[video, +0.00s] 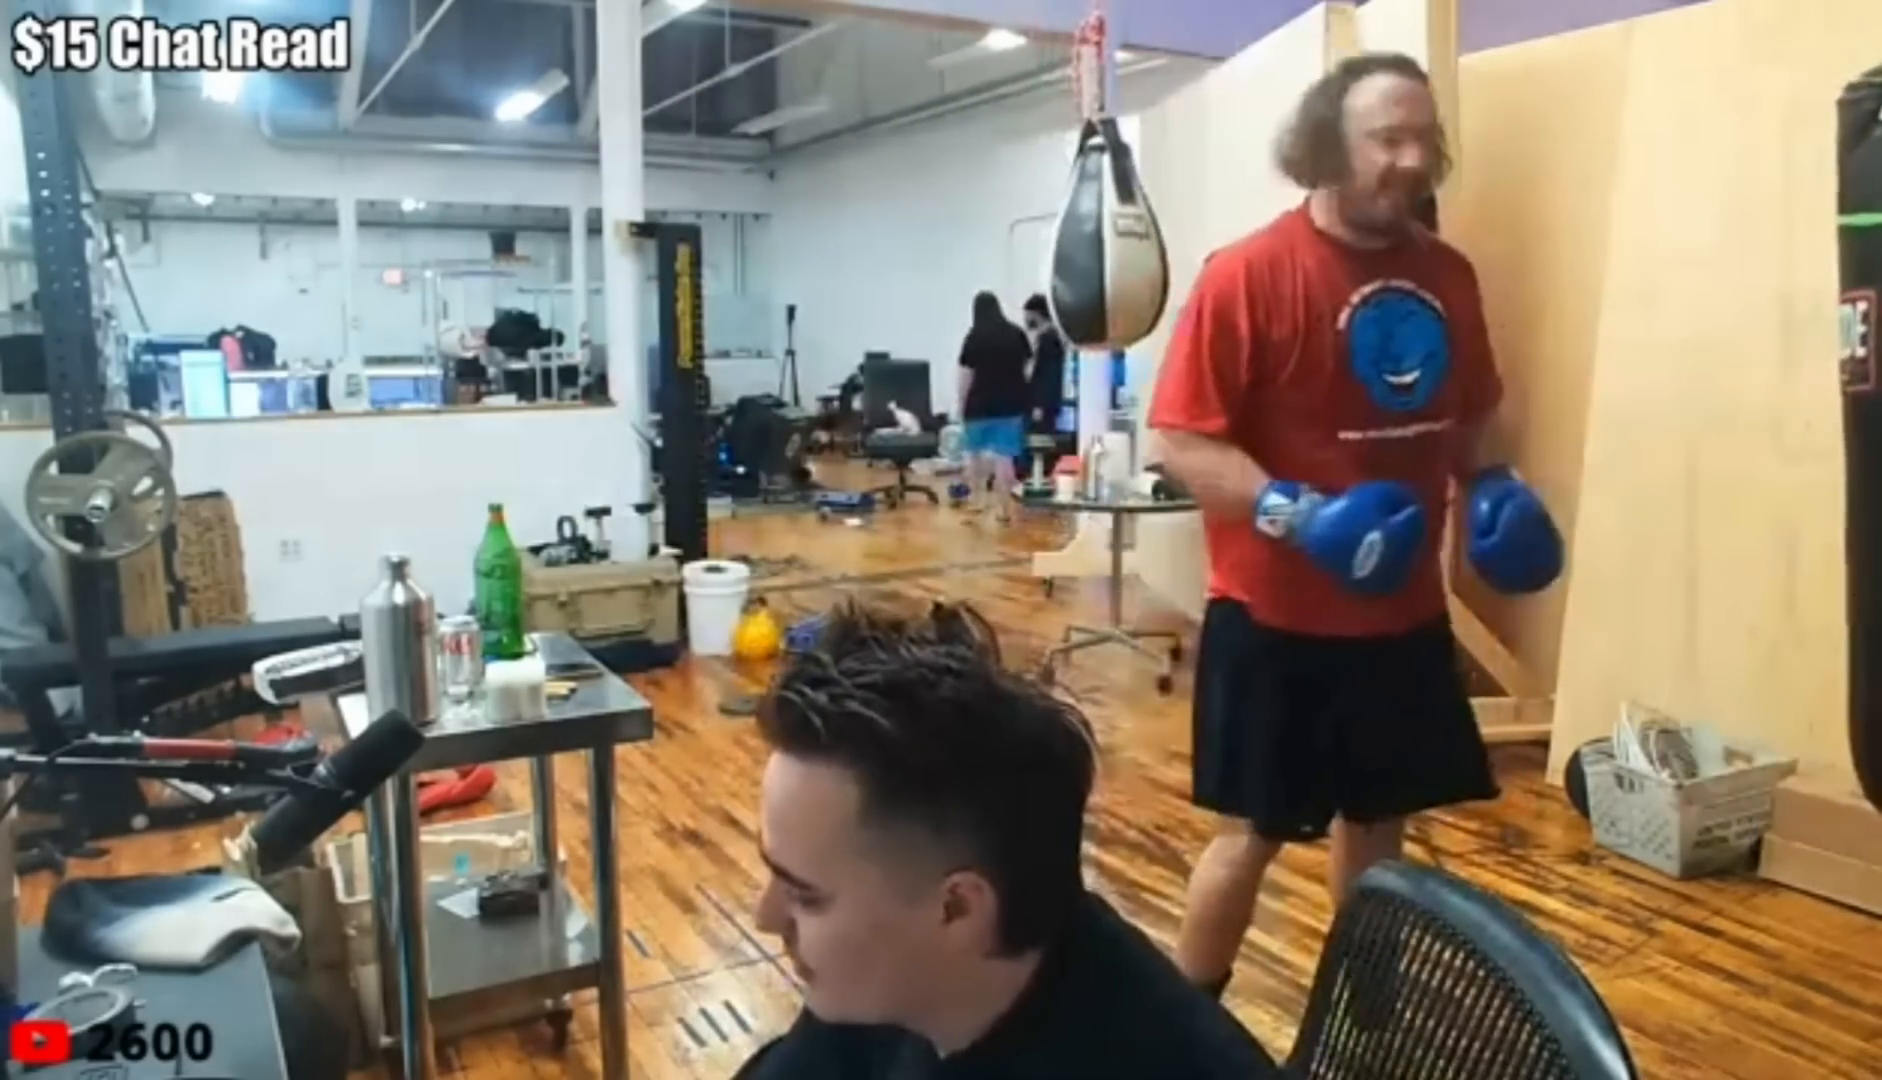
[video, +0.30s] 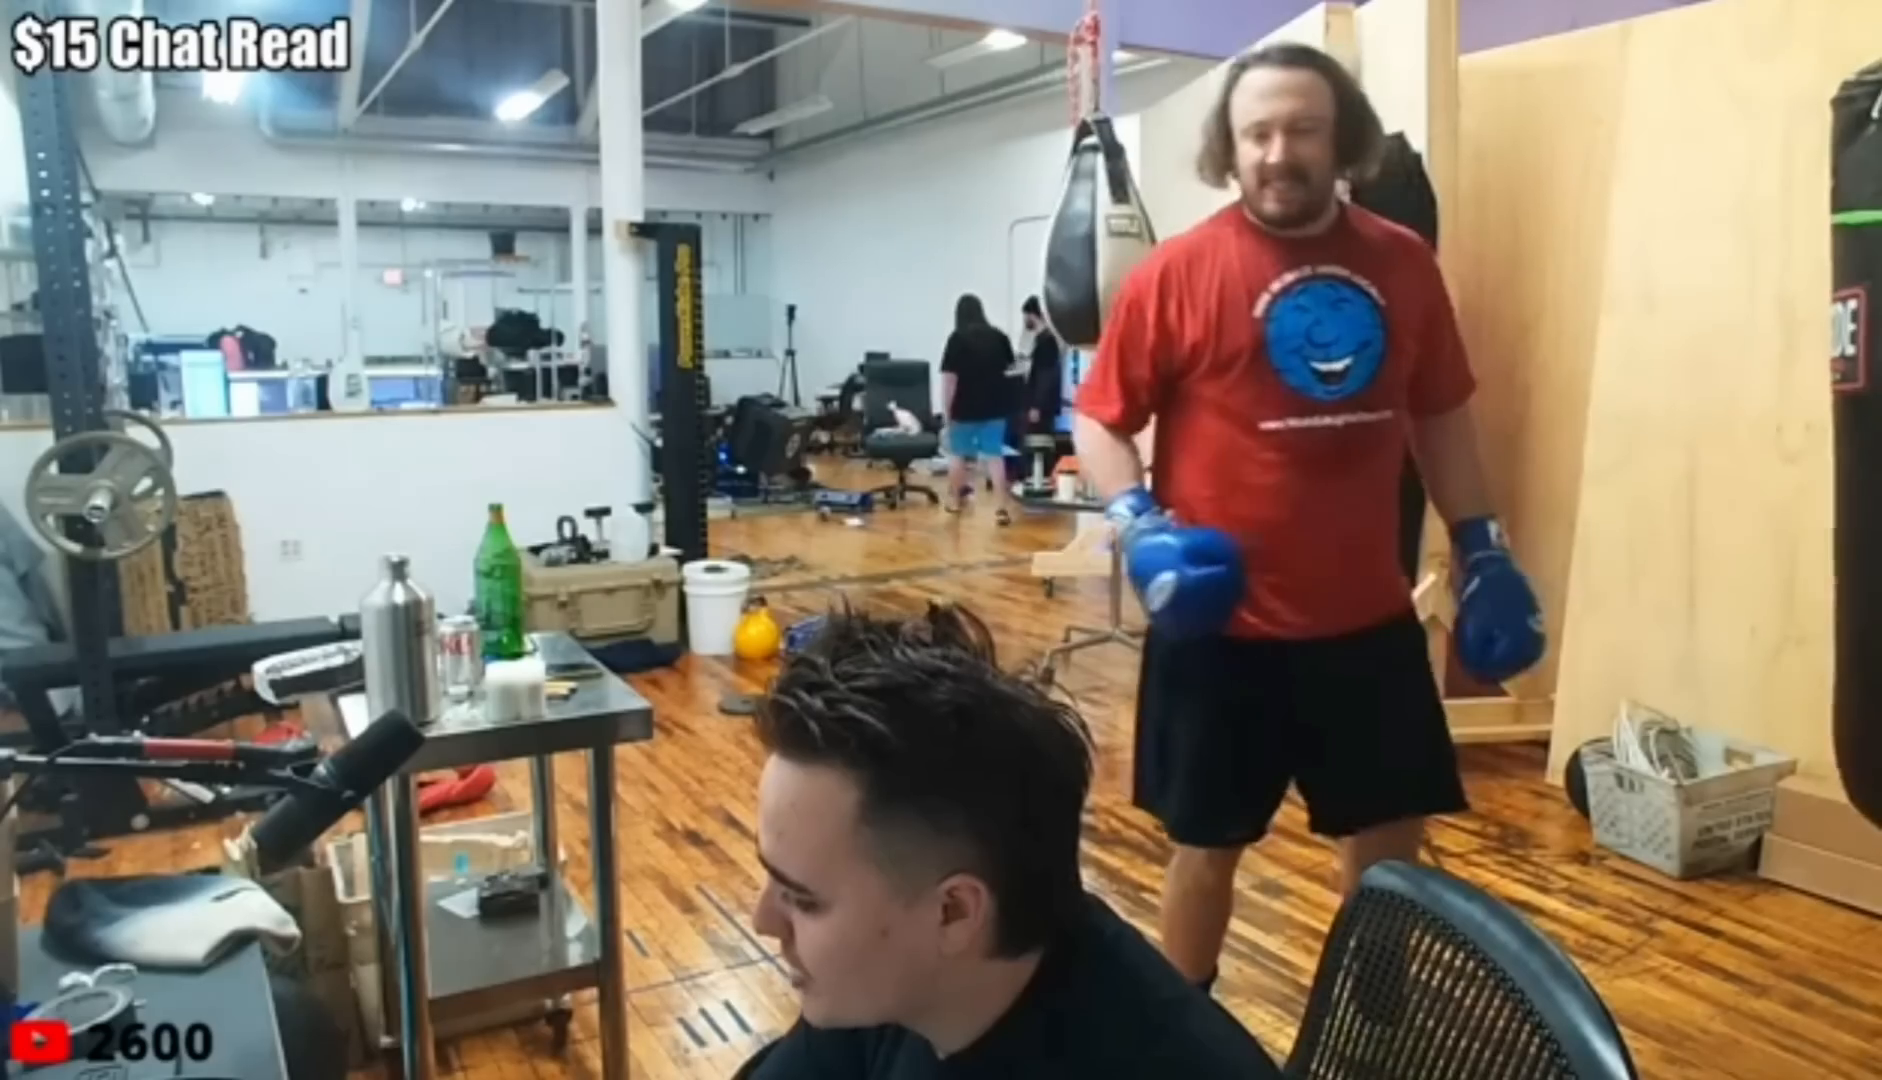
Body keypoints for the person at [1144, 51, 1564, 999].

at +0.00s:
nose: (1416, 160)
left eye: (1429, 139)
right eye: (1390, 139)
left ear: (1441, 148)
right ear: (1327, 149)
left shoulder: (1447, 276)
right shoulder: (1247, 277)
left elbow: (1475, 412)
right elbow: (1179, 441)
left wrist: (1494, 484)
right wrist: (1299, 513)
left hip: (1400, 623)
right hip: (1275, 626)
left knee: (1375, 833)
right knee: (1250, 837)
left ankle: (1367, 1025)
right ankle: (1184, 1023)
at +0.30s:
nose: (1279, 154)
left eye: (1303, 131)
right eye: (1257, 132)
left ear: (1345, 146)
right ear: (1227, 146)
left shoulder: (1401, 264)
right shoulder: (1173, 278)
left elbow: (1442, 417)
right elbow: (1099, 423)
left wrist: (1483, 555)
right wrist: (1137, 529)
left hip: (1364, 628)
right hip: (1219, 633)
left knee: (1390, 847)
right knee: (1203, 856)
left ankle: (1379, 1040)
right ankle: (1179, 1042)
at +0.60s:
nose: (1242, 142)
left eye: (1268, 119)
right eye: (1222, 120)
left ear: (1316, 136)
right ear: (1197, 138)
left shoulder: (1379, 257)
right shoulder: (1145, 272)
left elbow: (1416, 405)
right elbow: (1059, 410)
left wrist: (1471, 547)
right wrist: (1055, 527)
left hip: (1349, 624)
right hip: (1192, 631)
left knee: (1382, 846)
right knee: (1192, 856)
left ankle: (1355, 1048)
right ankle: (1176, 1054)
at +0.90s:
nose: (1267, 129)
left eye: (1290, 105)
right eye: (1243, 113)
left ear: (1340, 127)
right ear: (1219, 144)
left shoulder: (1397, 261)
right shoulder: (1170, 273)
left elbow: (1449, 421)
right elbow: (1056, 396)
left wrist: (1528, 553)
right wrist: (977, 476)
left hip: (1363, 646)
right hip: (1215, 652)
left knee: (1342, 891)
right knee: (1195, 919)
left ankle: (1327, 1053)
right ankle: (1157, 1061)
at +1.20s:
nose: (1200, 131)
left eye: (1222, 104)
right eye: (1176, 118)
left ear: (1278, 116)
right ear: (1156, 148)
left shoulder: (1355, 248)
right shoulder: (1130, 274)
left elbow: (1417, 398)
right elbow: (1002, 367)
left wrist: (1521, 518)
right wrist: (882, 353)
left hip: (1350, 646)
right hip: (1194, 659)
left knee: (1327, 874)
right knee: (1150, 903)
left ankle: (1314, 1044)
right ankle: (1097, 1048)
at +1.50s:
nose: (1087, 124)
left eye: (1107, 94)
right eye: (1059, 110)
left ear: (1159, 106)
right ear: (1032, 142)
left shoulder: (1235, 248)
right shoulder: (1003, 281)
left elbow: (1294, 403)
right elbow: (878, 388)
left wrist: (1383, 533)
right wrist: (760, 365)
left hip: (1247, 661)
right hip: (1087, 682)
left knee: (1290, 899)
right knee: (1082, 945)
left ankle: (1311, 1054)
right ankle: (1071, 1075)